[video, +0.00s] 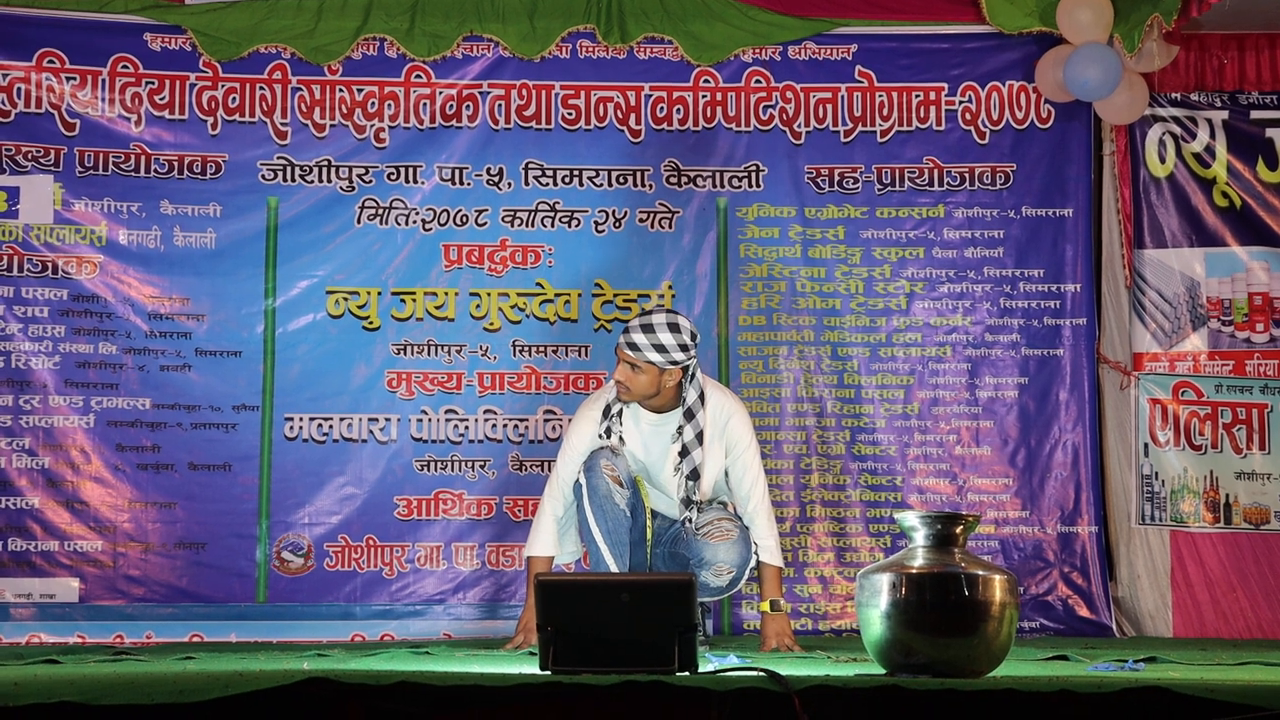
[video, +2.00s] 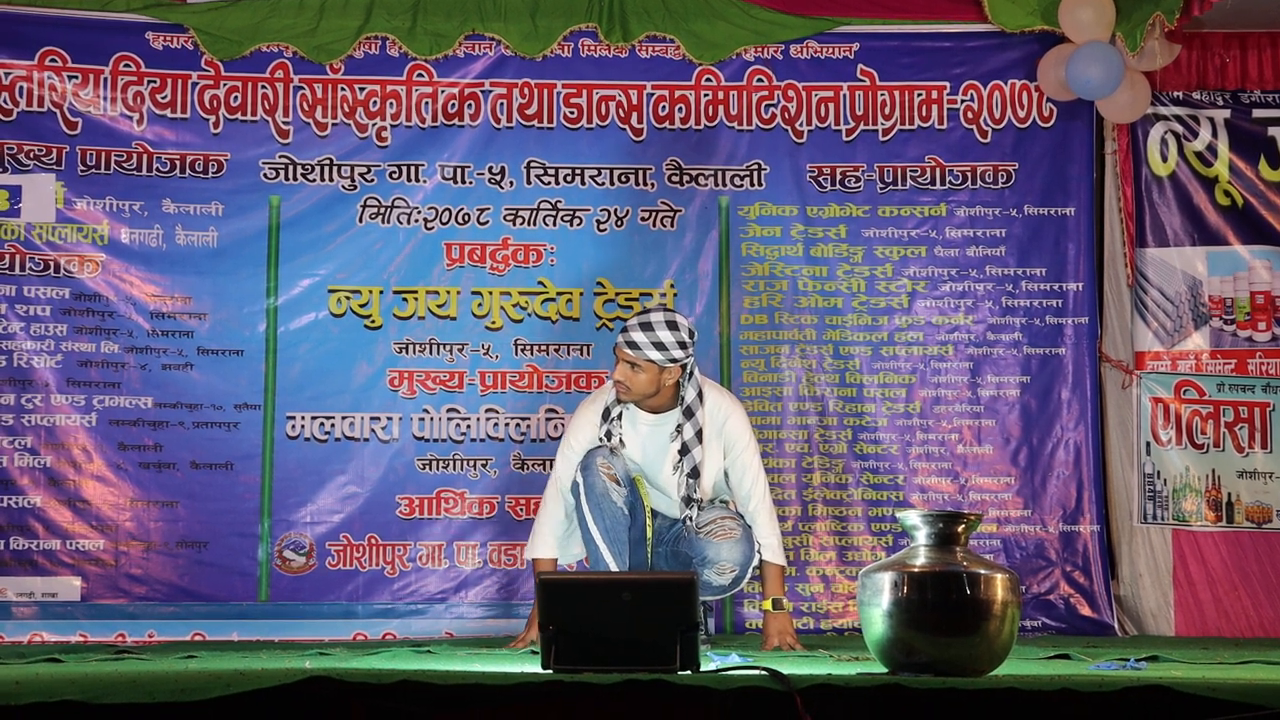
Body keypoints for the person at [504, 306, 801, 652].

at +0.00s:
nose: (617, 376)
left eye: (633, 368)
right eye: (618, 361)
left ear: (672, 376)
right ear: (617, 356)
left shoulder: (725, 414)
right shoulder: (598, 411)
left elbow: (758, 508)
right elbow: (554, 502)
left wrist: (774, 609)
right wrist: (534, 603)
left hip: (690, 540)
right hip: (627, 532)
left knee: (727, 549)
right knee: (602, 463)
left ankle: (690, 610)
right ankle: (618, 607)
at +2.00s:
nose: (616, 376)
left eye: (633, 368)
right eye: (617, 361)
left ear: (671, 373)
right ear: (615, 356)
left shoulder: (723, 413)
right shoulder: (596, 412)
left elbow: (760, 506)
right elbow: (555, 501)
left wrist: (776, 607)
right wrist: (543, 604)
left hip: (692, 535)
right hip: (629, 528)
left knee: (730, 549)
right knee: (598, 463)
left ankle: (687, 609)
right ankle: (622, 605)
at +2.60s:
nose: (619, 375)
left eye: (635, 367)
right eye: (619, 360)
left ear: (674, 373)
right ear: (617, 355)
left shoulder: (724, 413)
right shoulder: (596, 411)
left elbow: (760, 507)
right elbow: (555, 503)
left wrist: (777, 609)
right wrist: (543, 607)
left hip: (691, 537)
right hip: (628, 530)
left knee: (731, 549)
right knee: (599, 463)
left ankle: (686, 609)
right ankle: (621, 606)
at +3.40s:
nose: (622, 375)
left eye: (638, 368)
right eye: (622, 361)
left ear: (677, 374)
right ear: (620, 355)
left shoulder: (725, 414)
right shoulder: (597, 411)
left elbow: (760, 507)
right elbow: (558, 503)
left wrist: (777, 609)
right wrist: (543, 608)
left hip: (691, 540)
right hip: (629, 532)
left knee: (733, 546)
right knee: (601, 463)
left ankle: (687, 611)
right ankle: (620, 608)